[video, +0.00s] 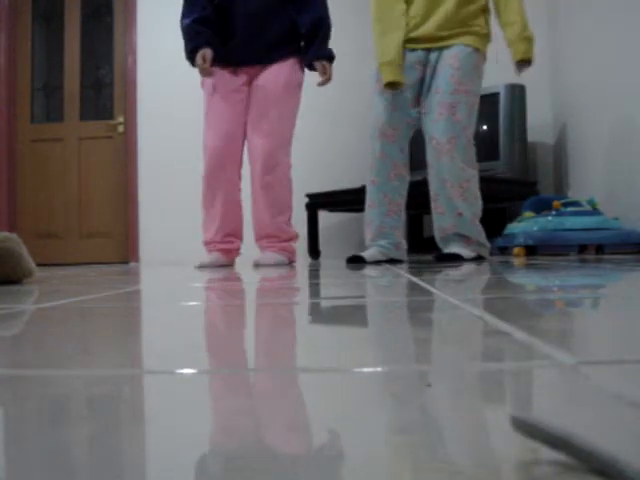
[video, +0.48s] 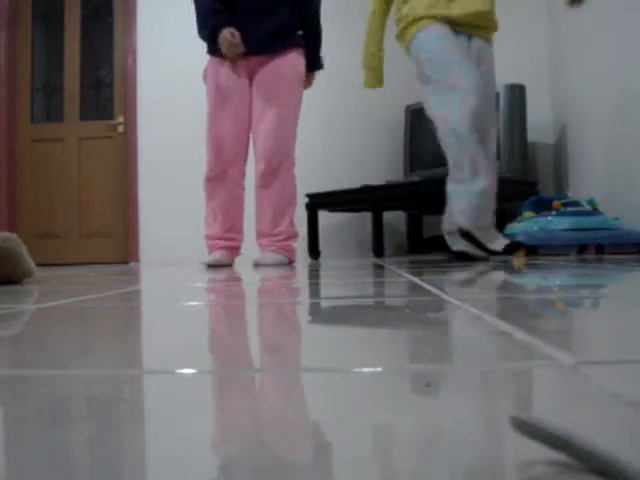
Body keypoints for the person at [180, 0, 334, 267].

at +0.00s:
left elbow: (313, 3)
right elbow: (194, 4)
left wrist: (318, 47)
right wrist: (199, 43)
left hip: (280, 57)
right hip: (223, 59)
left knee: (269, 156)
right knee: (218, 156)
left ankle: (276, 247)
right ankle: (221, 248)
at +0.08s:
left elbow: (311, 6)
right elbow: (198, 3)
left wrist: (314, 57)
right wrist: (209, 34)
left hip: (281, 57)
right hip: (226, 58)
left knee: (275, 158)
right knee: (222, 159)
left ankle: (277, 247)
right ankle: (221, 248)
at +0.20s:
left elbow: (310, 6)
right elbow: (200, 4)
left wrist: (313, 62)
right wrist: (215, 37)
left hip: (281, 55)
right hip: (225, 57)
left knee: (275, 158)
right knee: (223, 159)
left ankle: (277, 247)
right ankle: (222, 248)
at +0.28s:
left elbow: (310, 6)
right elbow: (202, 4)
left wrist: (312, 61)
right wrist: (217, 39)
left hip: (281, 56)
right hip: (225, 57)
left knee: (274, 158)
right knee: (223, 160)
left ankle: (277, 247)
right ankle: (222, 248)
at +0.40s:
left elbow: (308, 5)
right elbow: (203, 4)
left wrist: (310, 59)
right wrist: (217, 33)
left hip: (280, 54)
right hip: (224, 55)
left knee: (274, 158)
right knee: (223, 159)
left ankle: (276, 247)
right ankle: (222, 248)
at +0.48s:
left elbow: (309, 5)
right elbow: (203, 3)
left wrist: (311, 58)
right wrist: (216, 31)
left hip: (281, 55)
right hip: (225, 56)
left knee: (274, 158)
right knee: (223, 159)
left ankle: (276, 246)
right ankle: (222, 246)